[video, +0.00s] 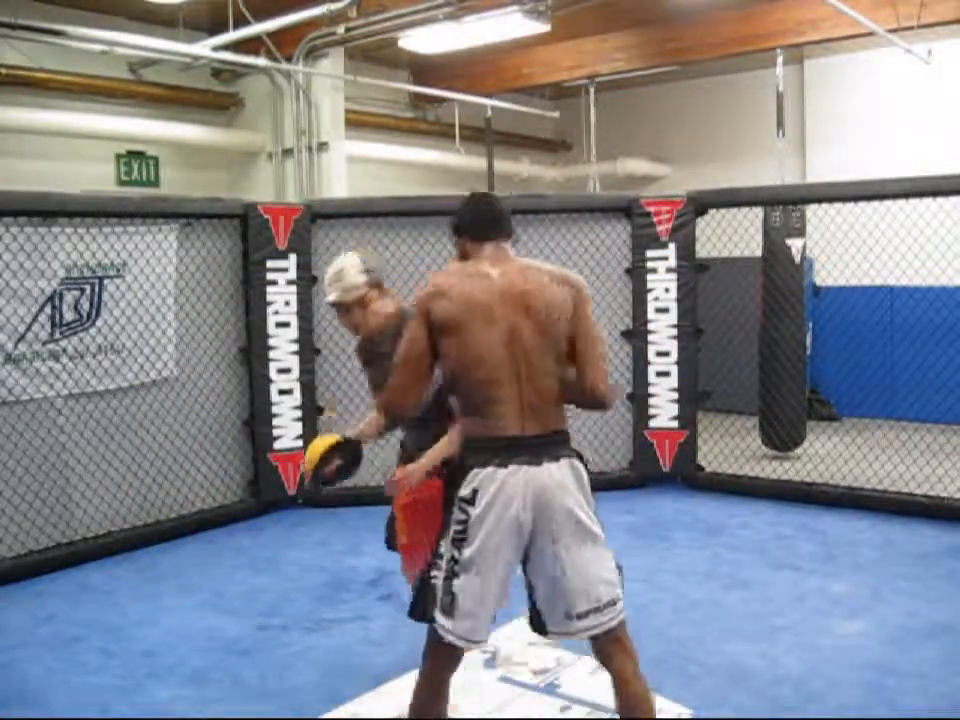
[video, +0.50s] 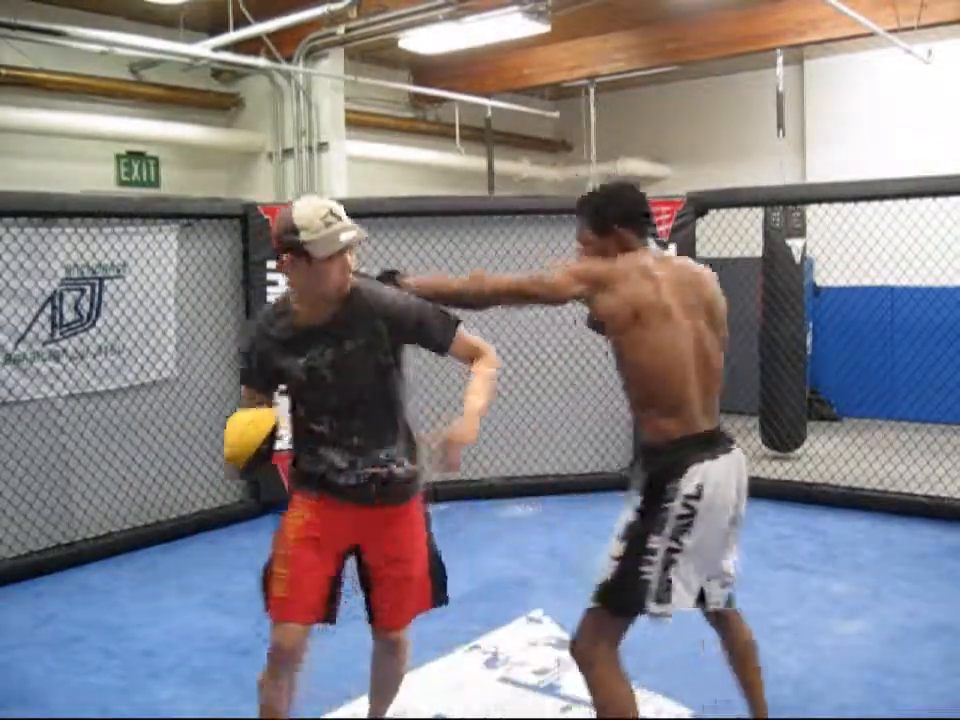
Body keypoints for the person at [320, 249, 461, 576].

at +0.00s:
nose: (352, 321)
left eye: (358, 307)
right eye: (342, 311)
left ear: (379, 293)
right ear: (336, 312)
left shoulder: (426, 331)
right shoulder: (368, 348)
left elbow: (471, 417)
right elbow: (389, 413)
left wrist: (424, 465)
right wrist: (351, 441)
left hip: (456, 454)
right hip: (414, 454)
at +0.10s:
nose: (335, 326)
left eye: (341, 315)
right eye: (328, 318)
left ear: (366, 301)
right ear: (322, 314)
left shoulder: (406, 342)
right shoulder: (356, 347)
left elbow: (458, 433)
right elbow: (382, 411)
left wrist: (394, 482)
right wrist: (341, 446)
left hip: (443, 481)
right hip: (402, 477)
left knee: (421, 605)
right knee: (424, 595)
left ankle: (388, 706)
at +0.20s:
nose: (339, 323)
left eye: (346, 309)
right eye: (329, 314)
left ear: (369, 295)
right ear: (319, 312)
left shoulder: (409, 342)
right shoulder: (336, 344)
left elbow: (456, 439)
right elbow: (359, 402)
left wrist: (378, 484)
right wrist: (325, 439)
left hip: (427, 491)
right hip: (376, 486)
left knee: (405, 610)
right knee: (381, 589)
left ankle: (383, 711)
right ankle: (437, 619)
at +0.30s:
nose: (356, 299)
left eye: (361, 285)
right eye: (341, 291)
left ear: (372, 281)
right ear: (316, 294)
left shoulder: (403, 332)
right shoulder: (320, 338)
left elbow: (462, 418)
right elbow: (329, 399)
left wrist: (390, 468)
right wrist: (298, 434)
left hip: (420, 493)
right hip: (358, 491)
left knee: (403, 621)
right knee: (349, 617)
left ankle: (383, 714)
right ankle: (401, 613)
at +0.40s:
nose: (356, 277)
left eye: (359, 263)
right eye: (341, 269)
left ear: (366, 258)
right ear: (302, 275)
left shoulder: (394, 313)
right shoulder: (294, 330)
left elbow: (481, 383)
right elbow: (295, 399)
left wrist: (432, 434)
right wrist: (274, 434)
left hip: (408, 494)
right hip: (337, 490)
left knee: (400, 625)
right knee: (313, 625)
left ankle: (384, 712)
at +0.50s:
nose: (349, 264)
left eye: (349, 252)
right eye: (335, 255)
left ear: (352, 251)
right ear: (291, 264)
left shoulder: (383, 308)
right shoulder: (267, 334)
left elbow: (484, 356)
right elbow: (253, 414)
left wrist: (469, 420)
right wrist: (251, 439)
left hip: (394, 501)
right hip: (315, 502)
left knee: (393, 638)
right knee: (286, 647)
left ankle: (378, 715)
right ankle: (271, 713)